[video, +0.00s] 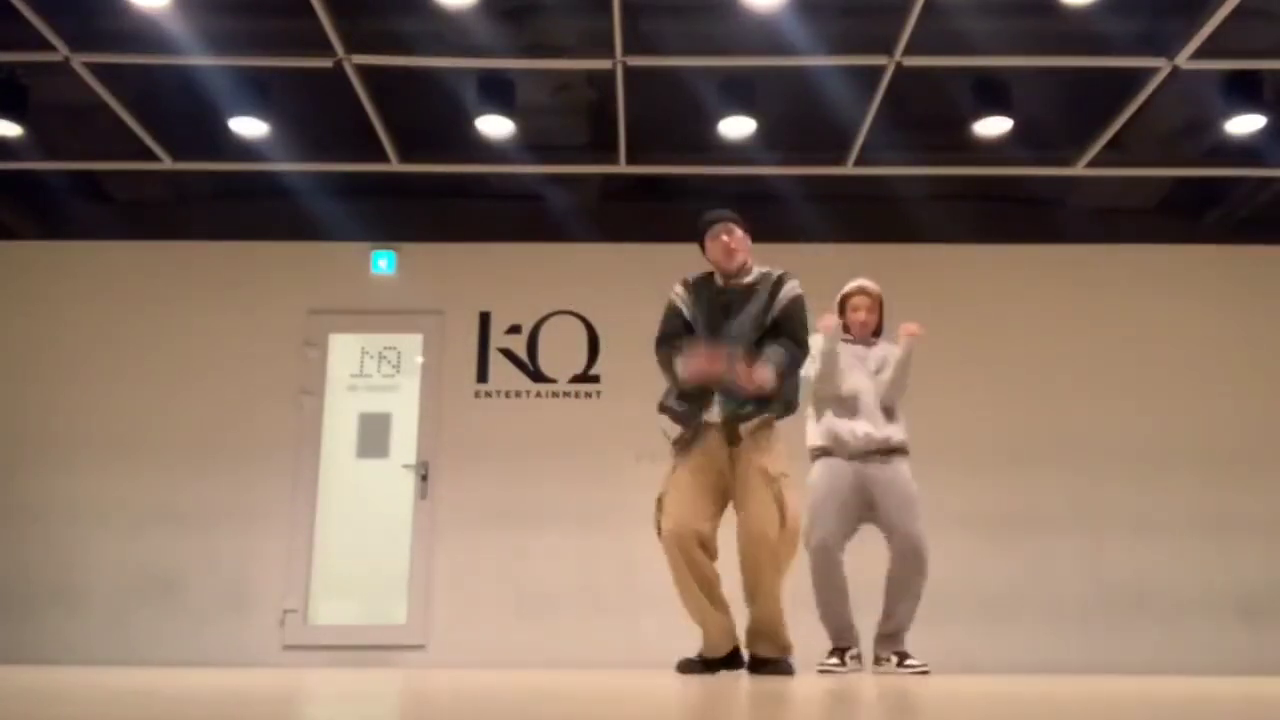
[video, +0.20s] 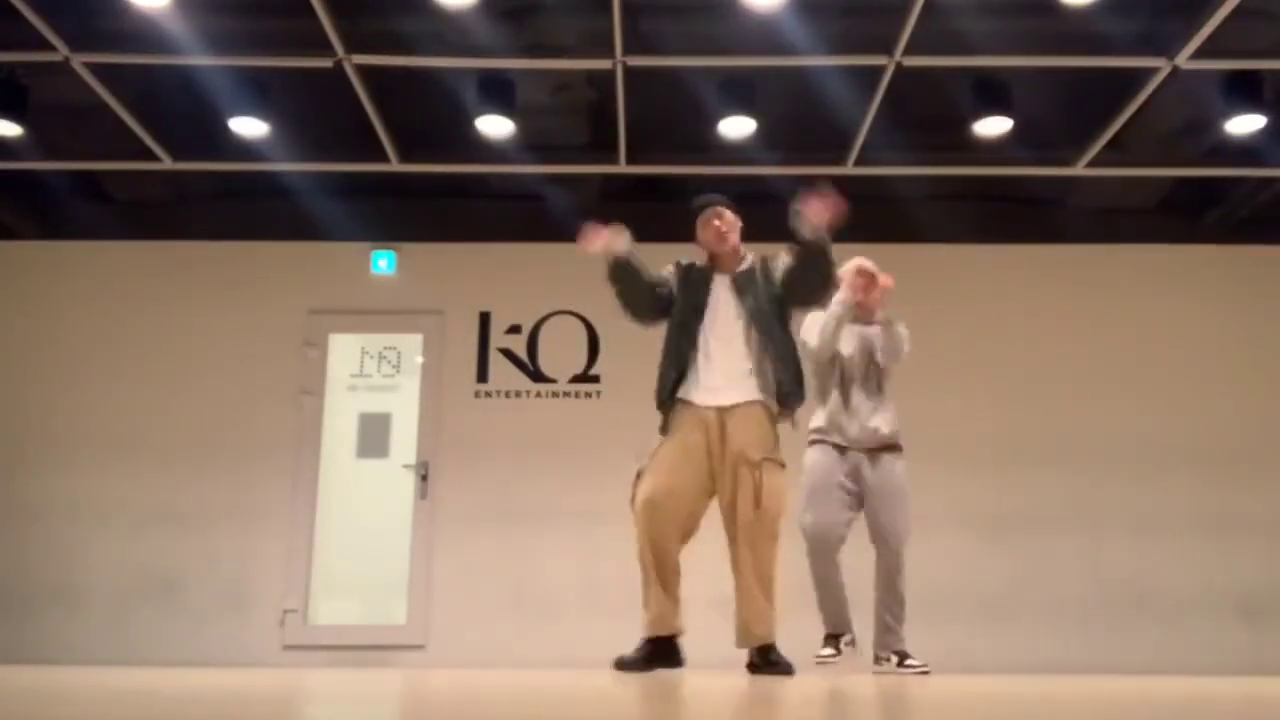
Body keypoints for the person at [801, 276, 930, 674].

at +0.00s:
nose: (862, 315)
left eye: (869, 308)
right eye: (854, 308)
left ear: (879, 315)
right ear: (843, 315)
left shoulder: (889, 353)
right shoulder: (826, 351)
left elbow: (890, 397)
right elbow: (818, 387)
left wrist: (904, 350)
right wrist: (824, 339)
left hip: (888, 461)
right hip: (836, 461)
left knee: (911, 548)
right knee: (821, 544)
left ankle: (890, 646)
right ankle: (843, 646)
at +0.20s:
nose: (862, 292)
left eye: (869, 284)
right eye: (854, 283)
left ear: (879, 291)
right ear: (839, 286)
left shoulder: (884, 329)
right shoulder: (816, 321)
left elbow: (893, 356)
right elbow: (819, 348)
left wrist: (878, 311)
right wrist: (844, 300)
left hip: (881, 447)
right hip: (830, 444)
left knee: (892, 544)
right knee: (819, 533)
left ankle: (890, 647)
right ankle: (836, 632)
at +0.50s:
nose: (819, 301)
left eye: (827, 293)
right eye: (813, 293)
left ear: (843, 298)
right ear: (805, 298)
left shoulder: (867, 325)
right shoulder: (792, 329)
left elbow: (870, 366)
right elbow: (800, 372)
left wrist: (844, 399)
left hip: (869, 454)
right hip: (813, 457)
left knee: (901, 530)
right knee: (800, 554)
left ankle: (913, 637)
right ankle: (801, 644)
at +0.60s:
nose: (812, 301)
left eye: (821, 294)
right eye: (809, 293)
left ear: (839, 301)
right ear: (803, 299)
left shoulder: (861, 325)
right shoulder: (787, 332)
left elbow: (870, 379)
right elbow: (785, 380)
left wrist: (856, 420)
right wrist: (810, 408)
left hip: (861, 453)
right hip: (811, 457)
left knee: (900, 541)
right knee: (795, 552)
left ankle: (958, 632)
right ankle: (798, 646)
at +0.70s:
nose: (826, 300)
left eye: (834, 293)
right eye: (820, 292)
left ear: (846, 297)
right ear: (807, 294)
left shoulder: (860, 325)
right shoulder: (787, 327)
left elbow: (854, 378)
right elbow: (800, 373)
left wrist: (811, 406)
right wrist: (848, 376)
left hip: (865, 446)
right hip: (815, 454)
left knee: (898, 523)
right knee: (800, 552)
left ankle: (954, 629)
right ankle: (799, 646)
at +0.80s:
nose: (839, 287)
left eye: (845, 281)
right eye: (831, 279)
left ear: (852, 289)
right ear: (814, 285)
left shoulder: (864, 324)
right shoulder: (792, 319)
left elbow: (860, 384)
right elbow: (806, 361)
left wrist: (825, 406)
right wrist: (862, 360)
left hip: (868, 443)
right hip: (817, 454)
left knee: (906, 510)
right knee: (808, 553)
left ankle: (932, 627)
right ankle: (799, 644)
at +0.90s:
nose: (838, 281)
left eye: (846, 276)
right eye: (832, 274)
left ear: (858, 288)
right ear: (820, 283)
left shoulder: (876, 331)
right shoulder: (802, 318)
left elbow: (901, 378)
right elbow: (799, 369)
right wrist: (848, 385)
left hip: (872, 448)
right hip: (820, 452)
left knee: (903, 526)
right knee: (813, 552)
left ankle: (916, 638)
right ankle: (800, 644)